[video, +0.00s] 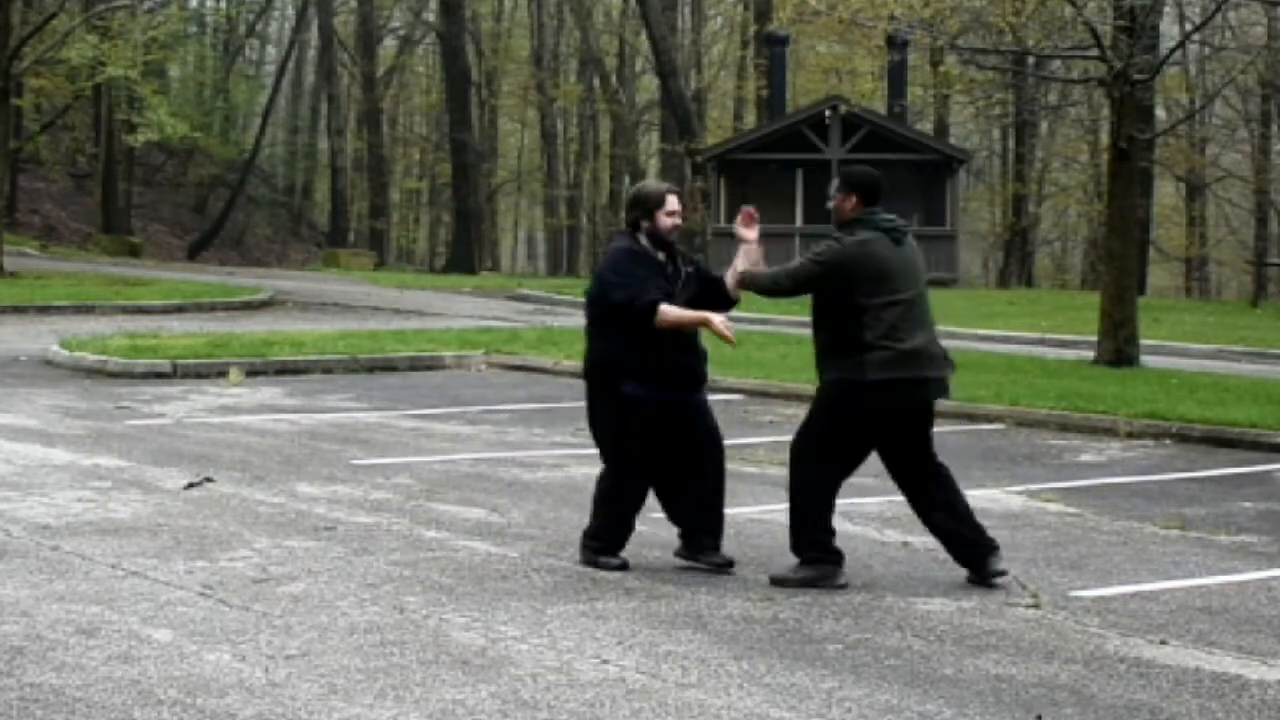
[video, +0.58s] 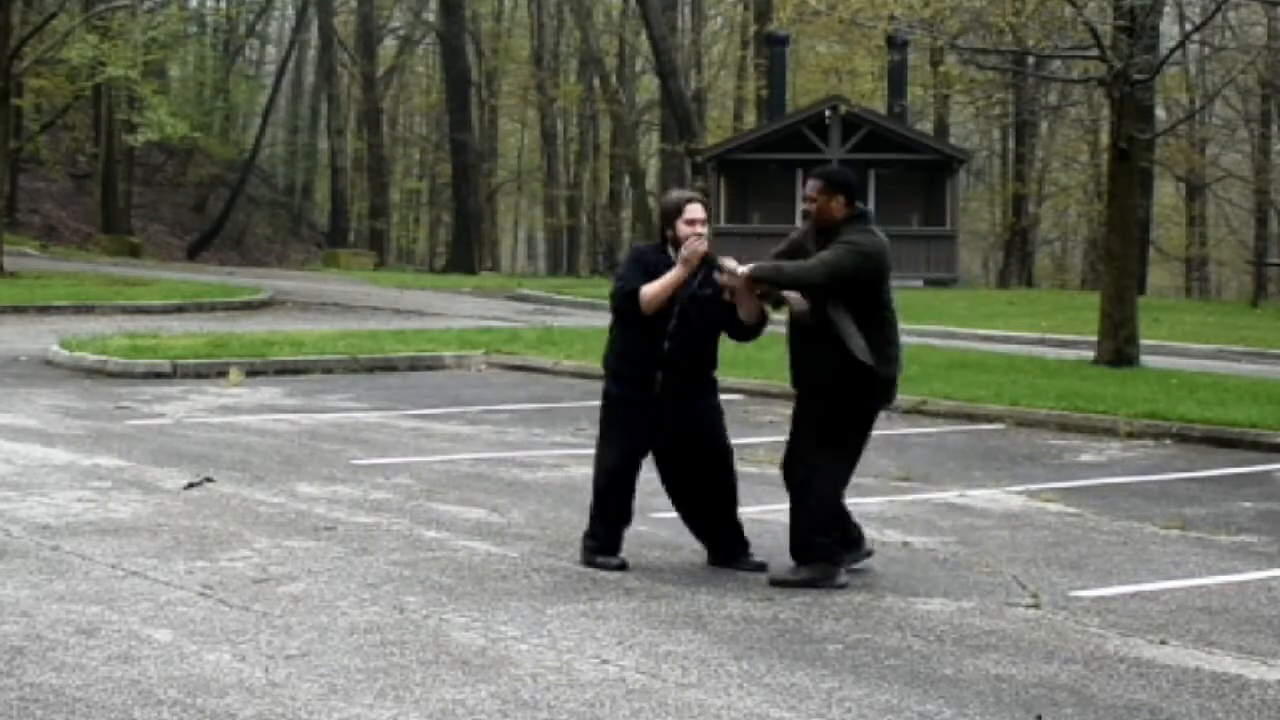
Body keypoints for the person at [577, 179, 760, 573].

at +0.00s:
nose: (678, 221)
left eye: (680, 214)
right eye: (670, 215)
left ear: (678, 217)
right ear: (645, 218)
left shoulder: (676, 262)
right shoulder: (621, 260)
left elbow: (723, 296)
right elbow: (650, 312)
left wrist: (748, 245)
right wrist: (705, 318)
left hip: (676, 387)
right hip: (623, 388)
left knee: (704, 456)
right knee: (629, 467)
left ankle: (700, 544)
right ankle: (599, 546)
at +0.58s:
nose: (698, 231)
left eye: (704, 223)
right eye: (690, 223)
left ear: (710, 228)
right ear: (670, 227)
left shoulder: (716, 274)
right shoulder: (643, 260)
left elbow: (747, 331)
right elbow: (628, 307)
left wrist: (744, 292)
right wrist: (682, 270)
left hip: (691, 391)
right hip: (634, 389)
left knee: (711, 470)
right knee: (615, 470)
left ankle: (727, 550)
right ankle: (600, 548)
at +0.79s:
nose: (703, 217)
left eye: (705, 210)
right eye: (693, 211)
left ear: (709, 214)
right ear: (671, 218)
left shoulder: (717, 252)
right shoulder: (664, 257)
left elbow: (762, 279)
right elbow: (722, 267)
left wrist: (795, 308)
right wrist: (745, 221)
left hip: (713, 384)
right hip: (661, 385)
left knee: (724, 467)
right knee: (634, 466)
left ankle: (729, 549)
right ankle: (601, 543)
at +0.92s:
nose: (696, 216)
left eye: (698, 209)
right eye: (686, 211)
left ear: (704, 211)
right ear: (663, 219)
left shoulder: (719, 247)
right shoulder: (658, 255)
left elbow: (767, 269)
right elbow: (727, 246)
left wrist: (806, 290)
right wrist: (751, 212)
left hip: (727, 380)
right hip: (677, 382)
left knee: (733, 469)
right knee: (653, 467)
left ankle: (731, 548)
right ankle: (595, 531)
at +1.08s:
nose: (707, 212)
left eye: (707, 205)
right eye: (699, 207)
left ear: (704, 210)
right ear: (675, 213)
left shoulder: (714, 249)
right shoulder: (664, 251)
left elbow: (752, 278)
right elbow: (733, 250)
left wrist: (802, 288)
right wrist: (775, 224)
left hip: (728, 378)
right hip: (677, 380)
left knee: (737, 467)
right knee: (670, 457)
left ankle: (731, 549)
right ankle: (622, 550)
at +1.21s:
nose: (725, 218)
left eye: (723, 210)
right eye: (717, 212)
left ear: (685, 218)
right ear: (695, 218)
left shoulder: (666, 255)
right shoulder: (699, 257)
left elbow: (737, 299)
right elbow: (749, 292)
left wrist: (801, 300)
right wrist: (780, 277)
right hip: (686, 384)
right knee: (681, 464)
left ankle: (728, 549)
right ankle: (649, 559)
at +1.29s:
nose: (728, 226)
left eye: (727, 218)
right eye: (722, 219)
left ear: (690, 225)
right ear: (701, 224)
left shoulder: (665, 262)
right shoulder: (702, 264)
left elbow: (732, 306)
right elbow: (744, 305)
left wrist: (799, 311)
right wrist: (782, 283)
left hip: (650, 382)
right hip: (683, 389)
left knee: (671, 467)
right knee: (689, 467)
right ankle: (659, 565)